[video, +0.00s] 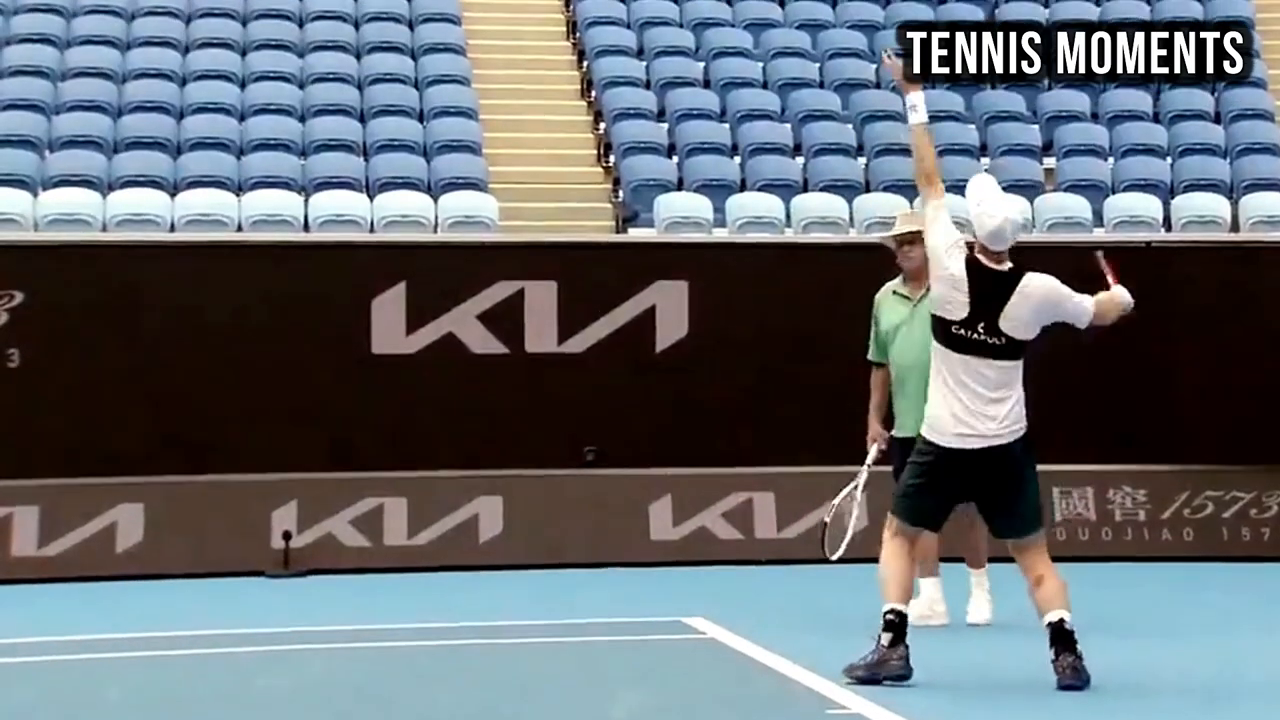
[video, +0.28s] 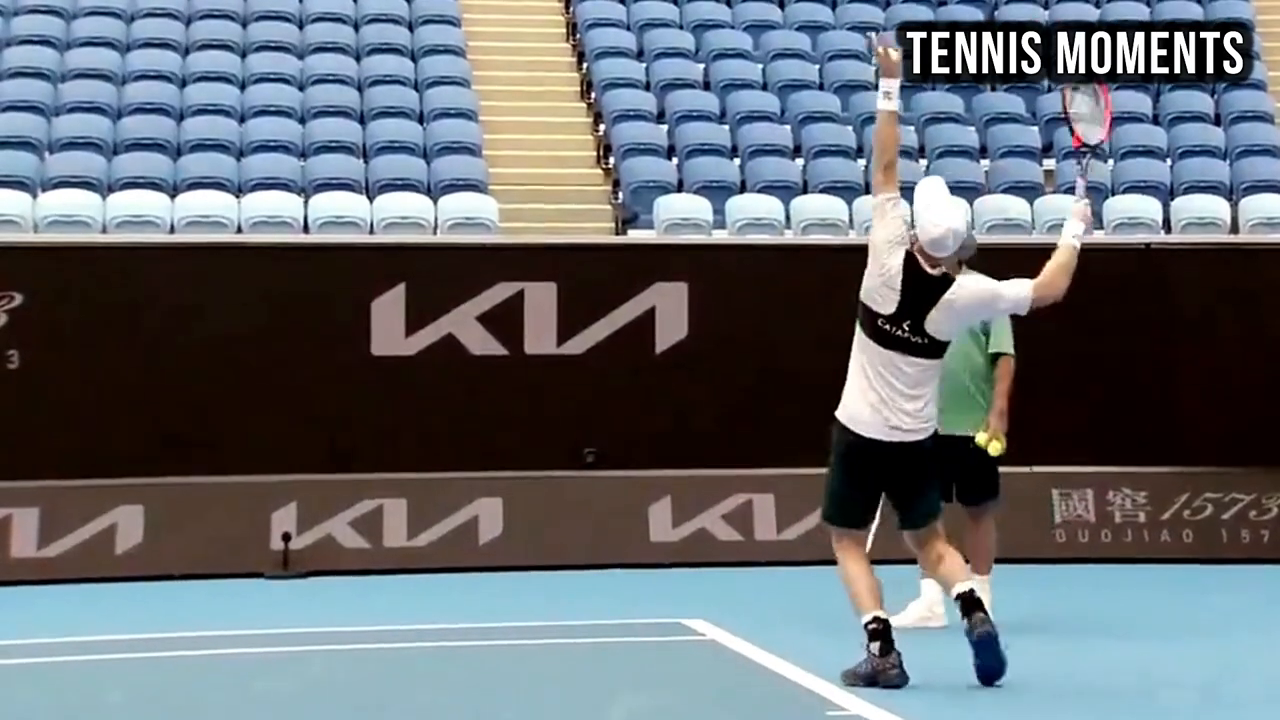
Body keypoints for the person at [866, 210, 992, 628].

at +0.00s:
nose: (906, 250)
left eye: (913, 242)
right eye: (900, 244)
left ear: (932, 246)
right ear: (893, 250)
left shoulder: (955, 292)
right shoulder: (885, 299)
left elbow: (976, 353)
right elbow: (880, 366)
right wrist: (875, 421)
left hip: (957, 426)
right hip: (908, 428)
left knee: (968, 510)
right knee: (918, 516)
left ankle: (980, 589)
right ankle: (930, 593)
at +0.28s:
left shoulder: (986, 299)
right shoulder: (912, 293)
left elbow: (1005, 360)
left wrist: (998, 415)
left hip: (972, 429)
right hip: (920, 429)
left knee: (978, 513)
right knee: (926, 521)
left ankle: (980, 599)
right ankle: (930, 598)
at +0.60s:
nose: (949, 245)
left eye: (959, 239)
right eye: (947, 239)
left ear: (981, 246)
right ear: (941, 246)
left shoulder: (1007, 294)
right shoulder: (928, 296)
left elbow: (1026, 360)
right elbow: (915, 356)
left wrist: (1024, 417)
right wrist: (911, 406)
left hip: (990, 422)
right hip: (937, 420)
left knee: (988, 507)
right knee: (934, 505)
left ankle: (983, 594)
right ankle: (927, 594)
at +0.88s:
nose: (955, 244)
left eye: (963, 238)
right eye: (952, 238)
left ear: (985, 245)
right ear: (950, 245)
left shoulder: (1013, 293)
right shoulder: (935, 288)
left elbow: (1032, 360)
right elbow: (921, 352)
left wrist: (1031, 417)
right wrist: (913, 405)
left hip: (992, 422)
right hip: (939, 418)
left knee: (987, 506)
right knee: (932, 505)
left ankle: (983, 596)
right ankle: (935, 594)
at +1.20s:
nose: (944, 242)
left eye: (953, 236)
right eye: (943, 236)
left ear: (976, 243)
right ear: (942, 245)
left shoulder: (1005, 291)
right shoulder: (928, 288)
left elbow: (1024, 356)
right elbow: (913, 354)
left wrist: (1021, 411)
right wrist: (906, 406)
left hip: (986, 419)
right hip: (933, 417)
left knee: (983, 505)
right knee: (932, 508)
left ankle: (982, 595)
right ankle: (935, 593)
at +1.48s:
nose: (930, 243)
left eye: (938, 236)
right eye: (929, 237)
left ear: (961, 243)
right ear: (927, 244)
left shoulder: (990, 291)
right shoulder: (916, 292)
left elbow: (1009, 356)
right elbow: (905, 357)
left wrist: (1007, 410)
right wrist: (899, 409)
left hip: (976, 421)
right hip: (925, 420)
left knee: (977, 505)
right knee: (928, 507)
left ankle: (980, 595)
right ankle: (937, 594)